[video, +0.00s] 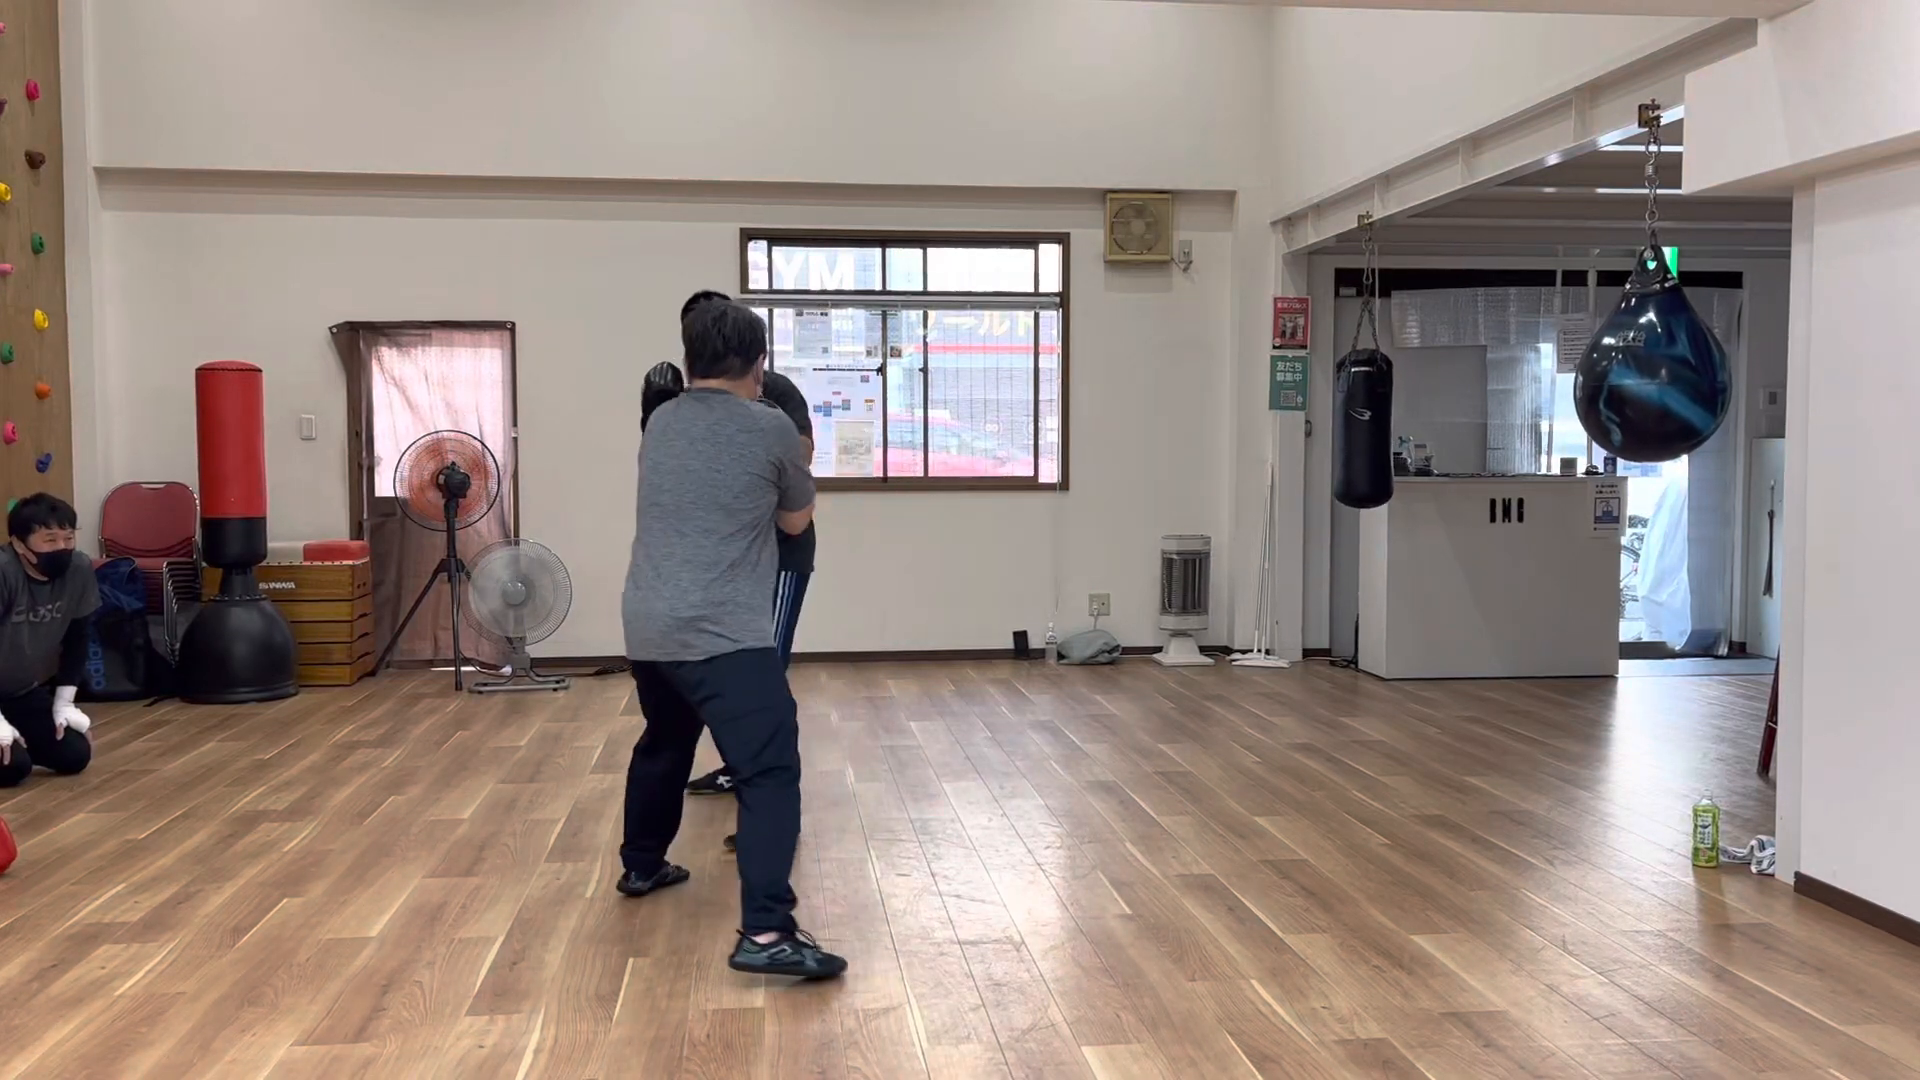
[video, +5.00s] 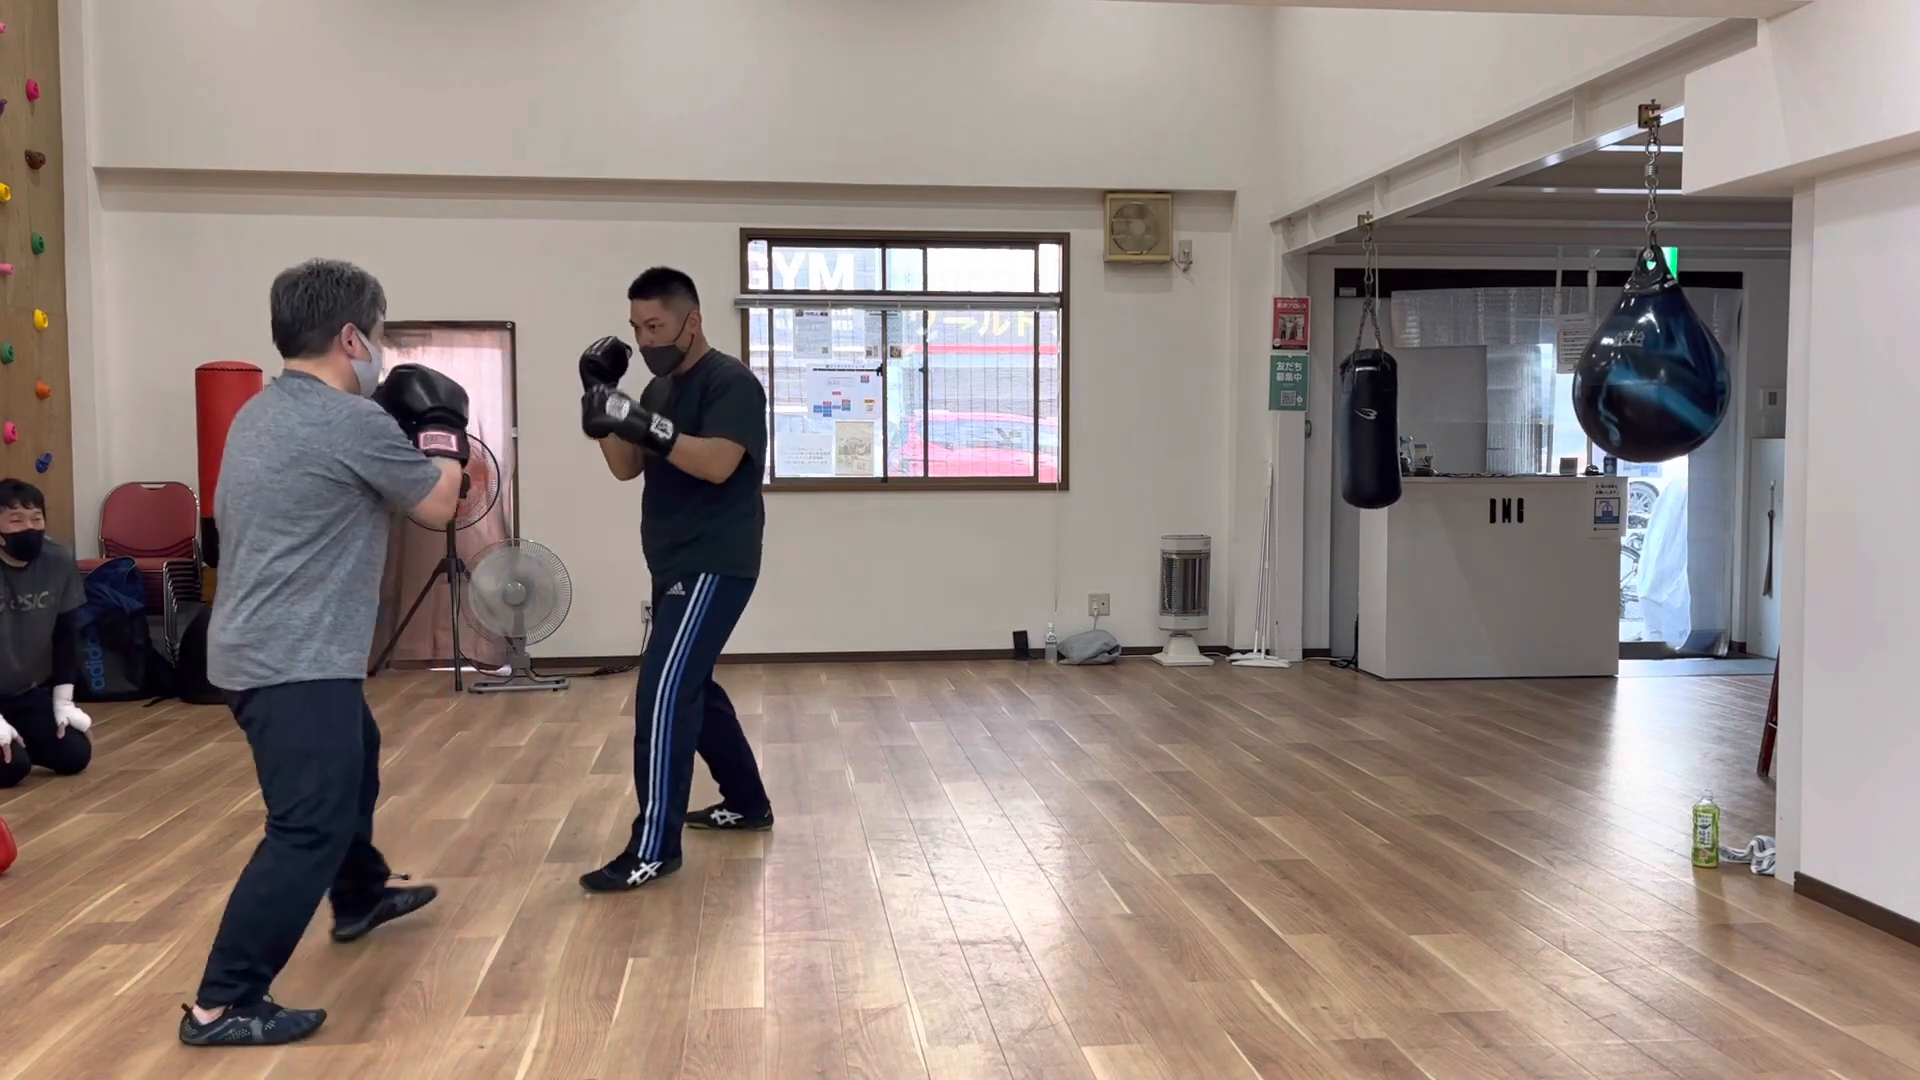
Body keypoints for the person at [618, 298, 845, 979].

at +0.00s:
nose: (765, 370)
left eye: (761, 360)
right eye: (763, 360)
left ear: (689, 360)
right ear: (755, 362)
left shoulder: (661, 420)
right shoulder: (773, 427)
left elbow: (680, 498)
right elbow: (797, 520)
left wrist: (765, 489)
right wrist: (732, 495)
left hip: (648, 630)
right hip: (726, 633)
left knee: (666, 738)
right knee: (770, 773)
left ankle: (641, 865)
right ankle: (766, 930)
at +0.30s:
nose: (733, 361)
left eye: (729, 351)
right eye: (732, 351)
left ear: (657, 350)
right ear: (727, 355)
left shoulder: (619, 417)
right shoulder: (740, 424)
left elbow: (620, 487)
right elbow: (752, 506)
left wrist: (700, 481)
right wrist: (679, 482)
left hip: (612, 624)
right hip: (691, 627)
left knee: (640, 746)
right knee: (703, 767)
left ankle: (638, 872)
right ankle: (656, 921)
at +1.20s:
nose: (659, 353)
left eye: (658, 344)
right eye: (657, 344)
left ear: (584, 350)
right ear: (646, 349)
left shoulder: (549, 410)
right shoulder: (652, 416)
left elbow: (540, 494)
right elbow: (686, 502)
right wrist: (682, 449)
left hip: (524, 611)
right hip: (597, 617)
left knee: (565, 747)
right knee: (595, 758)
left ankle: (579, 859)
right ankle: (534, 918)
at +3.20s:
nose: (603, 383)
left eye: (602, 371)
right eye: (603, 371)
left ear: (528, 362)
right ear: (587, 369)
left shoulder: (482, 424)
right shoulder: (587, 439)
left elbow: (478, 511)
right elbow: (625, 540)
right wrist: (641, 497)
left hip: (463, 640)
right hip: (528, 643)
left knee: (542, 758)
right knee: (527, 792)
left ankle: (541, 883)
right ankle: (433, 954)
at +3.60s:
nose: (534, 334)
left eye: (534, 322)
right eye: (532, 320)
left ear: (448, 323)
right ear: (509, 322)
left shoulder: (416, 391)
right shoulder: (488, 395)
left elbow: (478, 486)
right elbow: (557, 499)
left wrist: (532, 417)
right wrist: (574, 432)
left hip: (401, 620)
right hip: (435, 630)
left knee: (494, 736)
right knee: (440, 790)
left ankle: (438, 910)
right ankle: (352, 977)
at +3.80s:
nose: (499, 367)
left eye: (495, 353)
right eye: (496, 354)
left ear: (409, 356)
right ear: (475, 359)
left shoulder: (368, 431)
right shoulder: (457, 445)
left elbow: (400, 543)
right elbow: (515, 553)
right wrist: (540, 500)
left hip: (358, 660)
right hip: (394, 673)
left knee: (472, 757)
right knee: (396, 841)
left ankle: (431, 925)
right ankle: (284, 1027)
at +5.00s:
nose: (378, 350)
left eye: (379, 337)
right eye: (376, 336)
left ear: (290, 337)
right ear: (350, 339)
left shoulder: (258, 413)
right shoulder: (349, 421)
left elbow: (337, 494)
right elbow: (441, 503)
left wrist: (389, 426)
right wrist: (447, 438)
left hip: (252, 652)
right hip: (300, 662)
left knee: (356, 750)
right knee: (313, 825)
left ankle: (359, 896)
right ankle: (223, 1002)